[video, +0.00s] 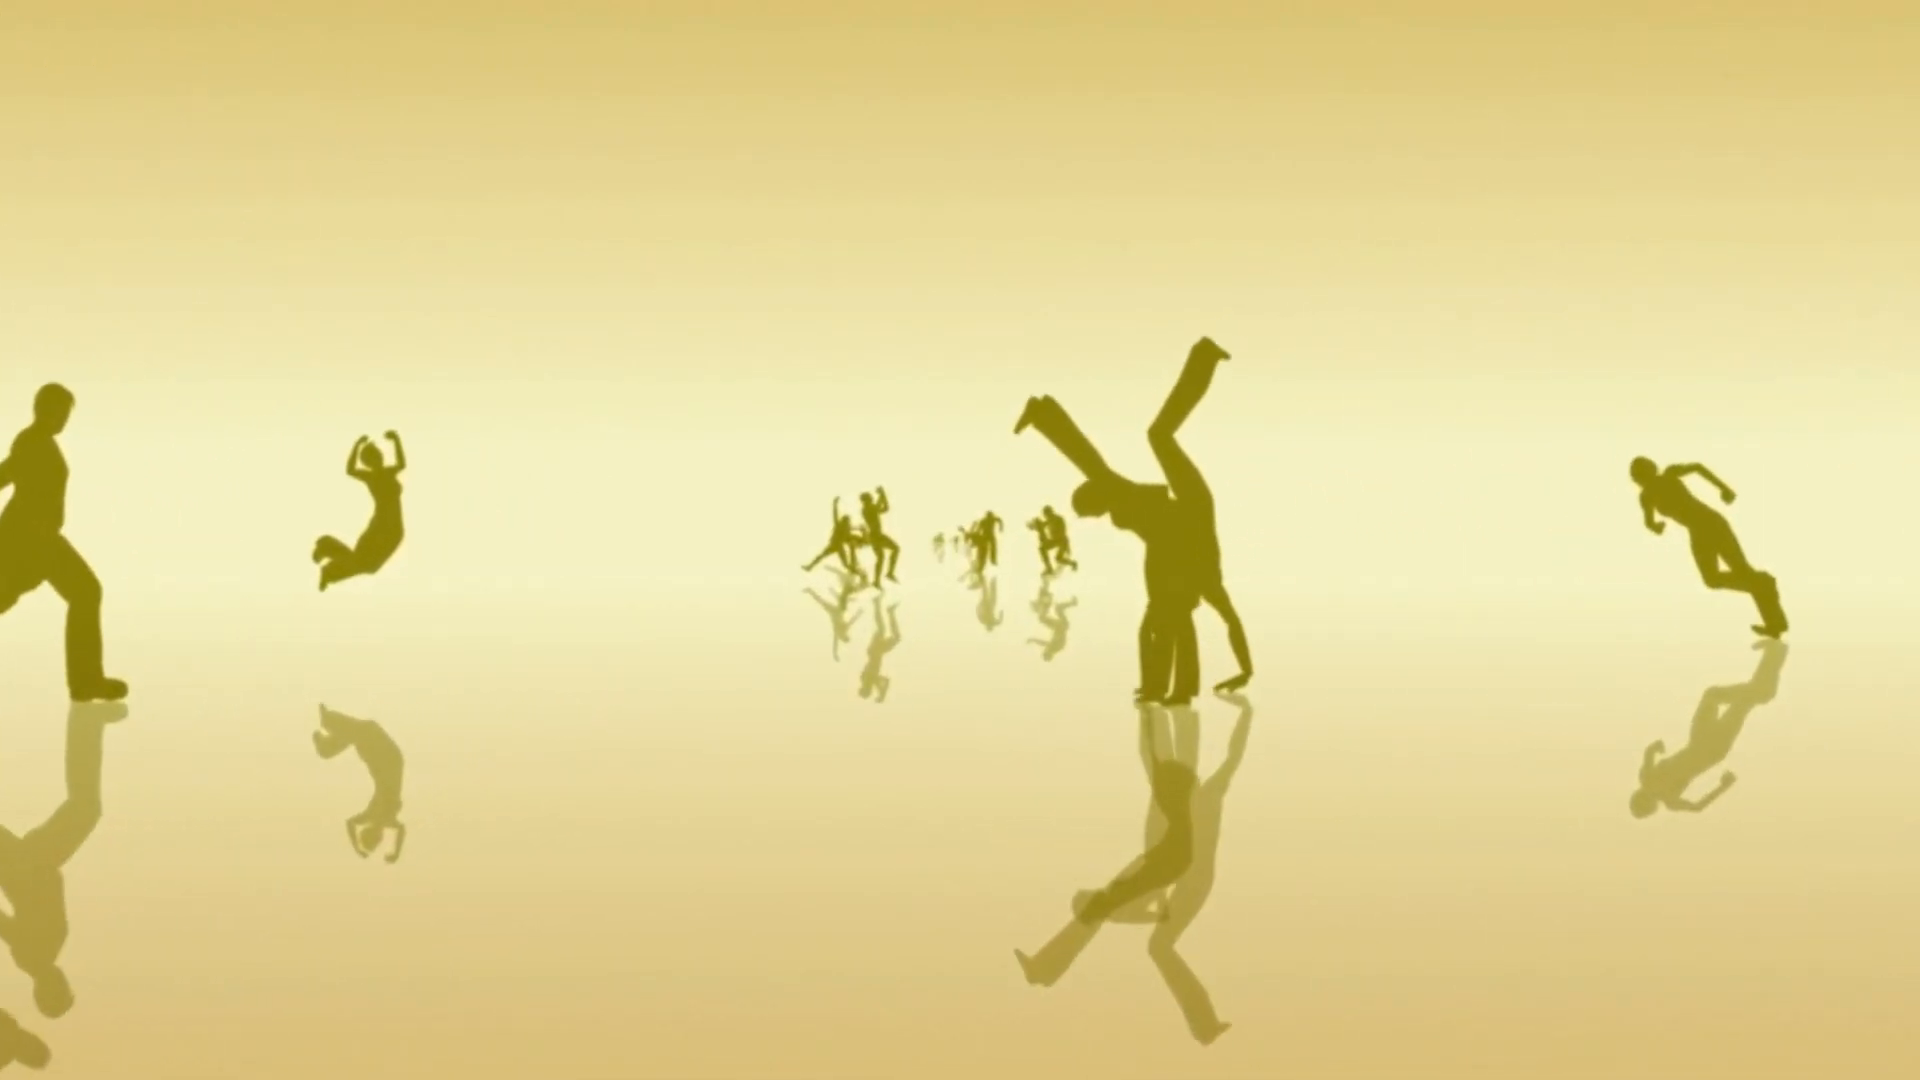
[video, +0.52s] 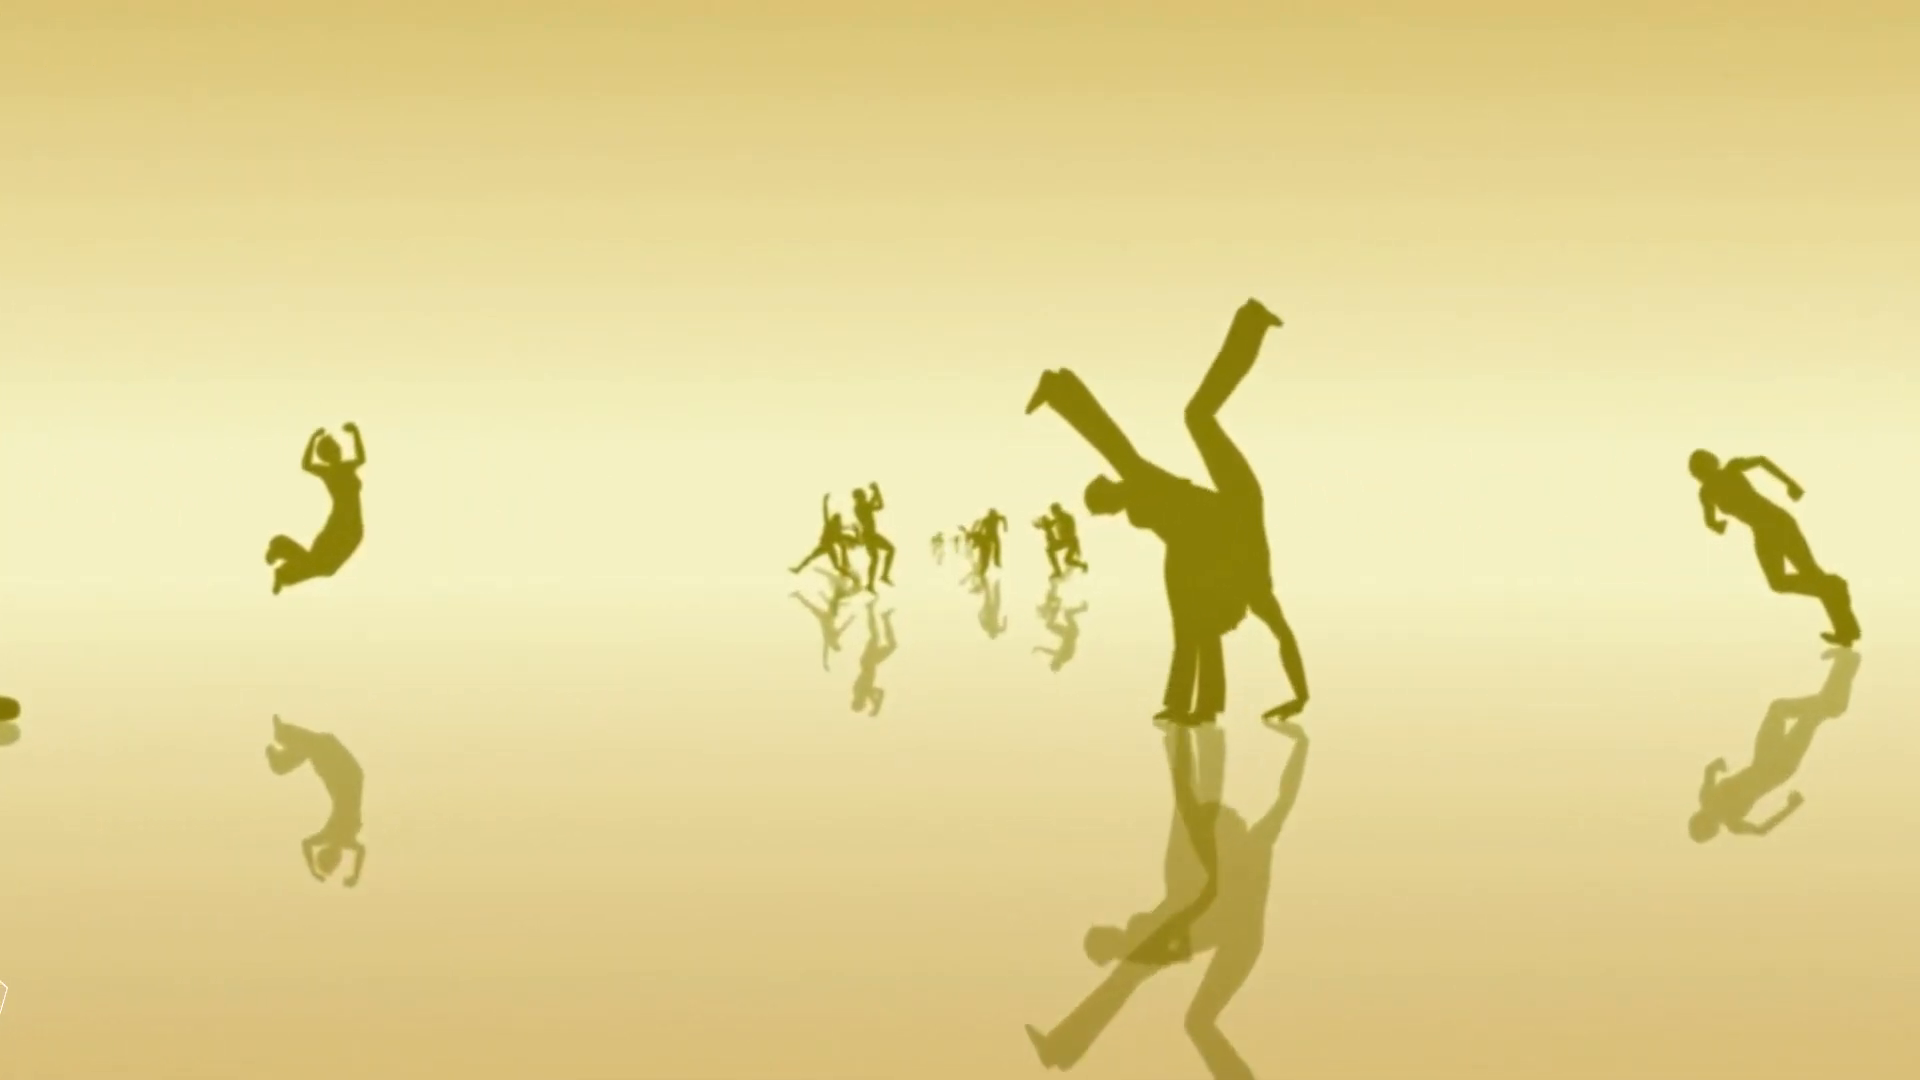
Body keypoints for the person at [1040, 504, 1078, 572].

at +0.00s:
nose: (1047, 516)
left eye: (1048, 513)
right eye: (1045, 514)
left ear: (1051, 512)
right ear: (1044, 514)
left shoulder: (1059, 519)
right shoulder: (1045, 522)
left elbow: (1063, 534)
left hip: (1061, 540)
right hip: (1052, 540)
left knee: (1059, 557)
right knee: (1042, 549)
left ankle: (1073, 563)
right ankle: (1048, 568)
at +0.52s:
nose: (1055, 513)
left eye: (1056, 511)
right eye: (1053, 512)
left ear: (1059, 509)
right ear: (1052, 512)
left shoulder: (1067, 517)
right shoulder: (1053, 521)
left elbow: (1072, 534)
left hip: (1070, 540)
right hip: (1060, 541)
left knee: (1068, 559)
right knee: (1050, 550)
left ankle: (1083, 565)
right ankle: (1057, 571)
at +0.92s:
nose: (1063, 511)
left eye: (1063, 509)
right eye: (1061, 509)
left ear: (1067, 507)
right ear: (1060, 510)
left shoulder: (1076, 516)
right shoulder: (1061, 520)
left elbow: (1081, 533)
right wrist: (1059, 545)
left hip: (1080, 540)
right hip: (1069, 541)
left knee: (1077, 561)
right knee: (1057, 550)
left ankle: (1092, 567)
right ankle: (1065, 573)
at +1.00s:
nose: (1064, 510)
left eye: (1065, 508)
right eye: (1062, 508)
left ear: (1068, 506)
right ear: (1062, 509)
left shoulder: (1078, 515)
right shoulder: (1066, 518)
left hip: (1083, 540)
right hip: (1073, 540)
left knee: (1079, 562)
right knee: (1060, 550)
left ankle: (1096, 568)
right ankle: (1067, 574)